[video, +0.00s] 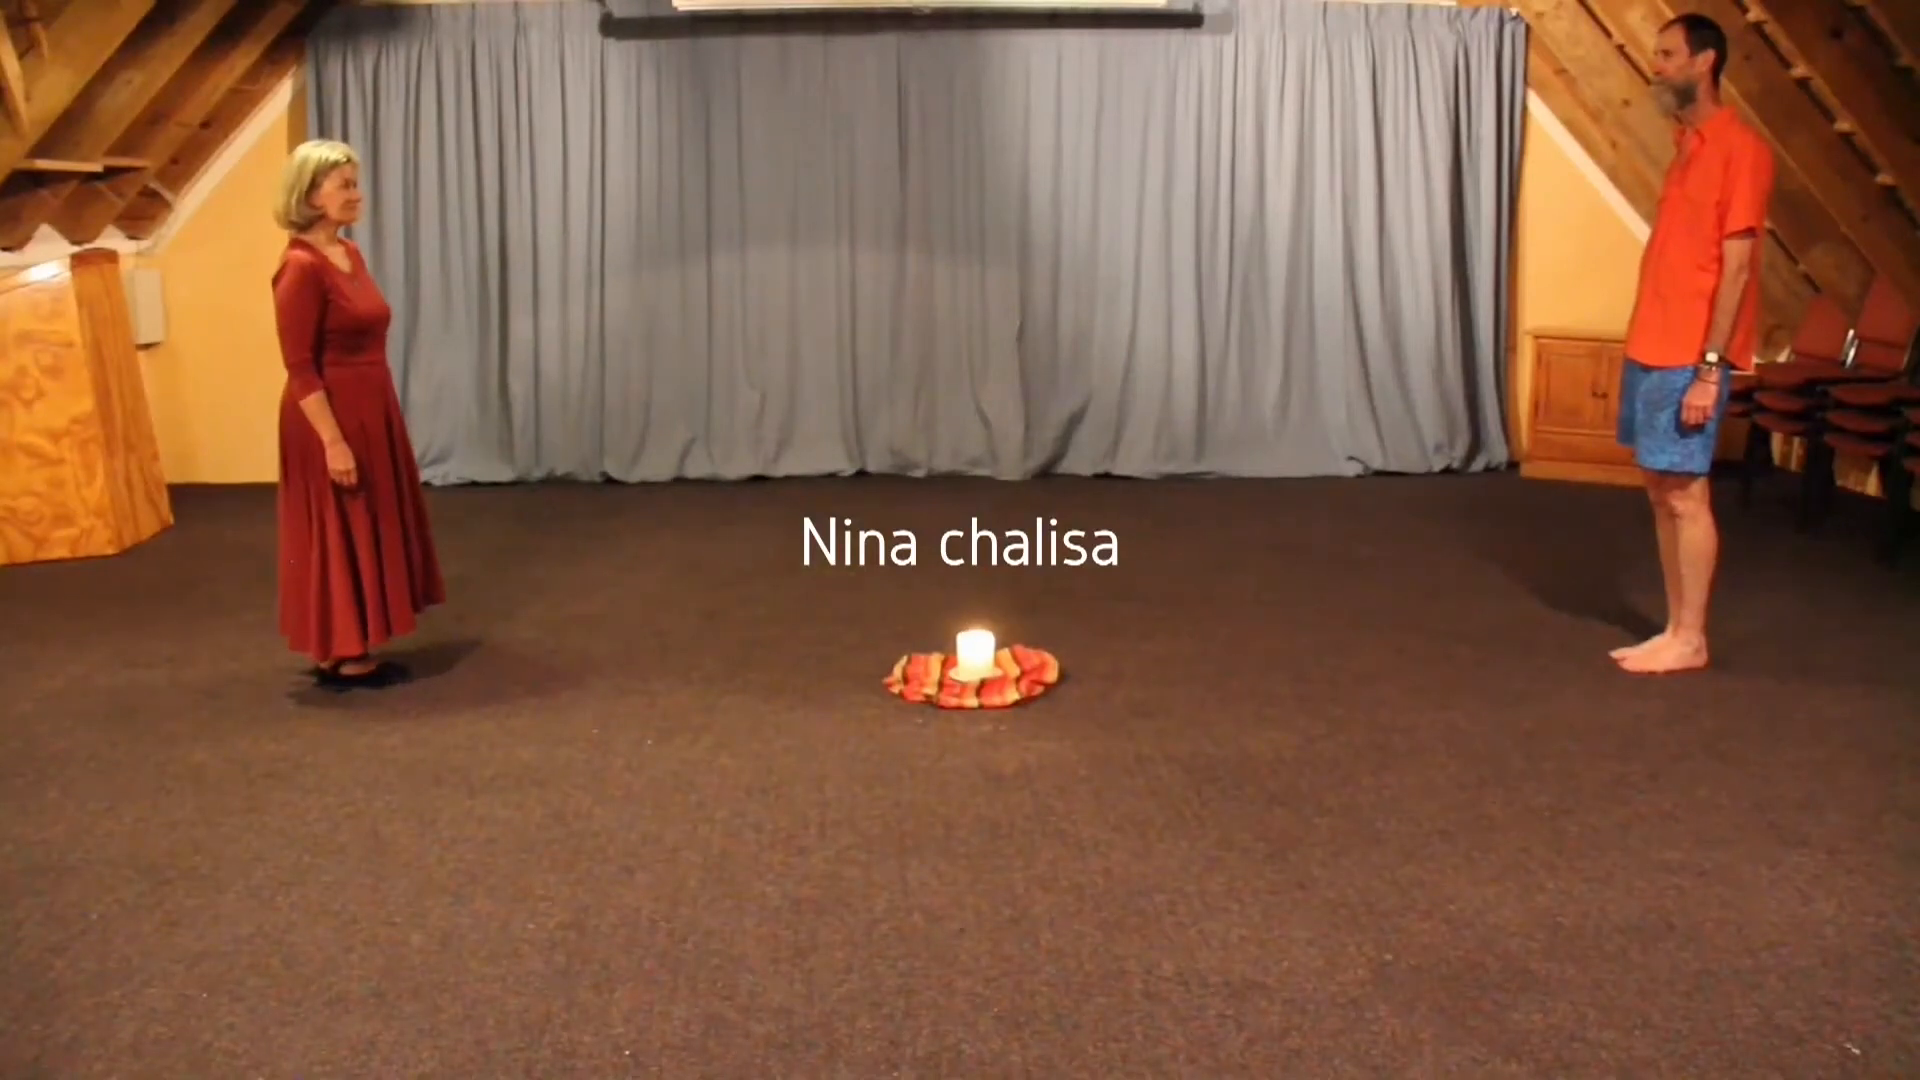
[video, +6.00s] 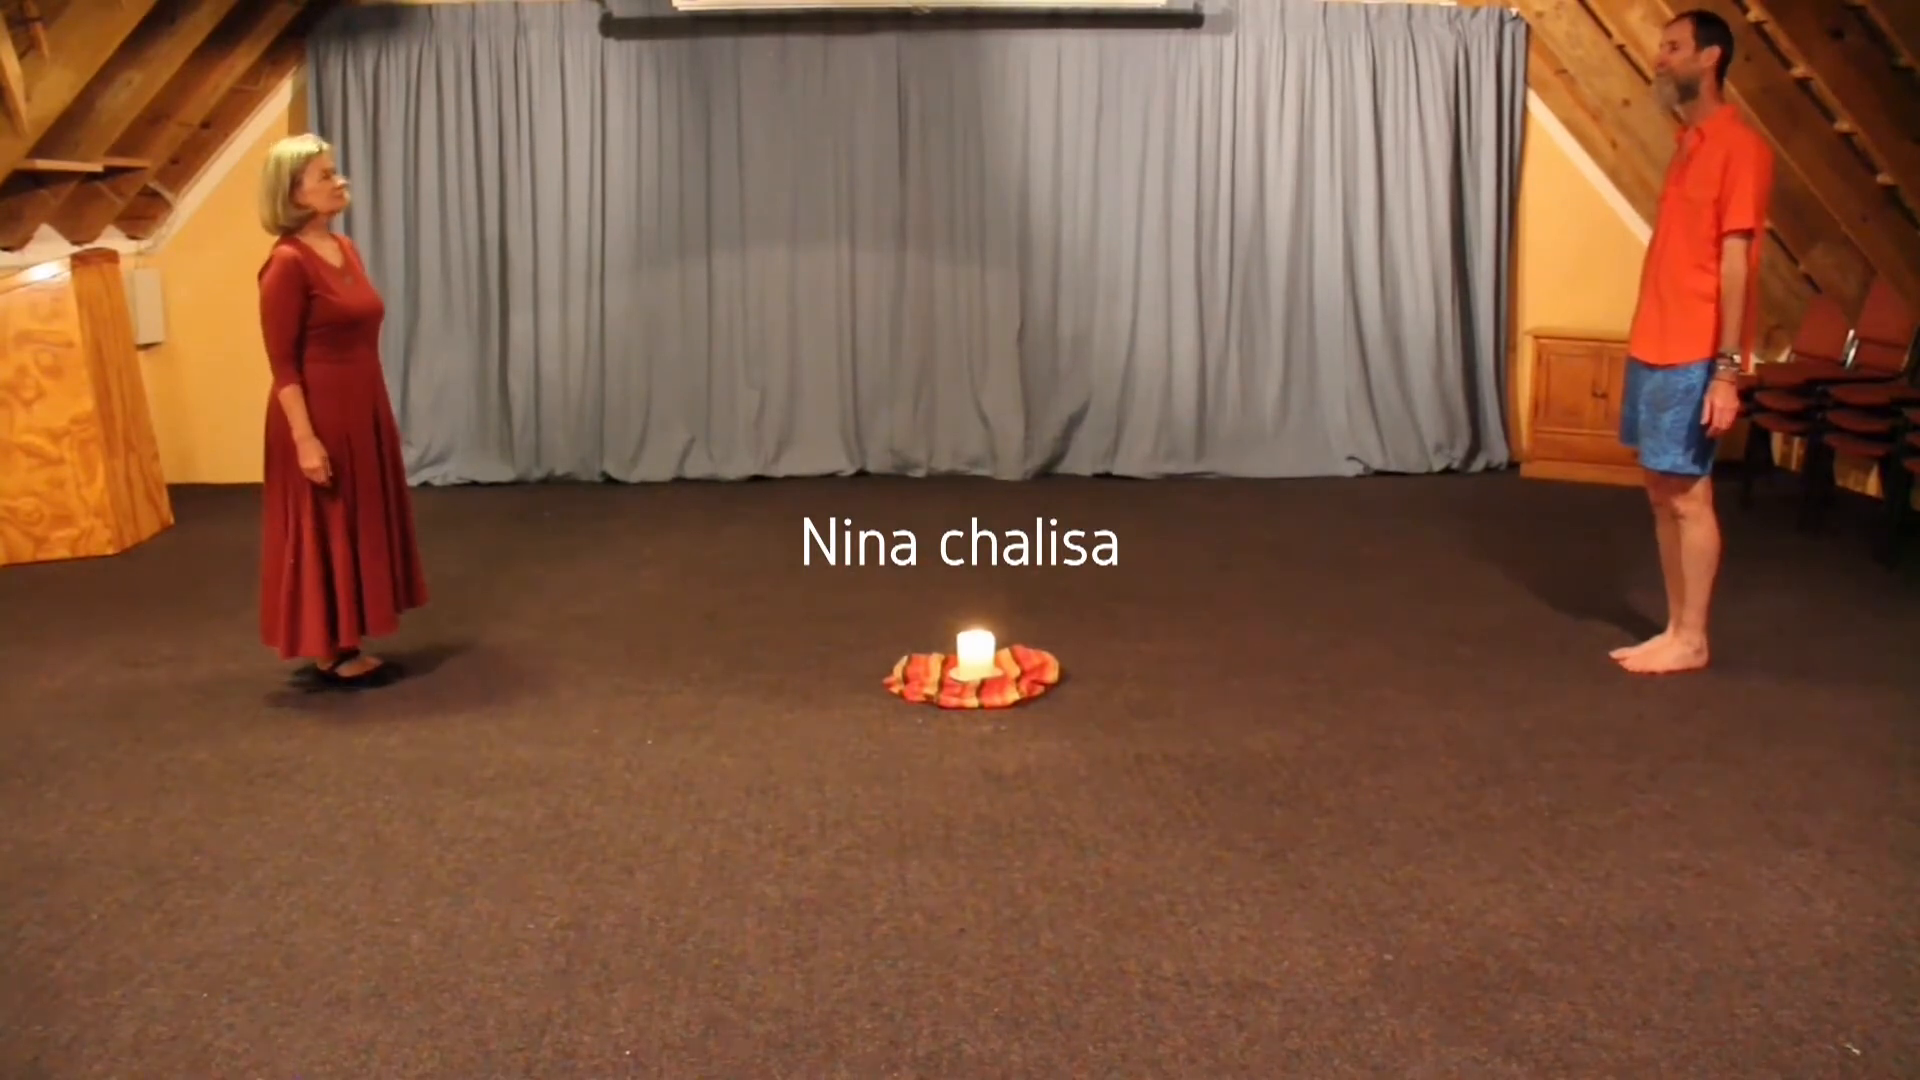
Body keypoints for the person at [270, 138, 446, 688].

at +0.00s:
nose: (356, 195)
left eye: (357, 184)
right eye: (344, 186)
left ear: (355, 190)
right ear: (311, 194)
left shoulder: (348, 252)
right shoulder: (299, 267)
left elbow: (361, 347)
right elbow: (299, 367)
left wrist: (383, 415)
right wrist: (333, 440)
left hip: (369, 406)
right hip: (329, 413)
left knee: (362, 524)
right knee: (336, 528)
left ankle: (351, 646)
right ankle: (341, 651)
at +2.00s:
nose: (340, 195)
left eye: (340, 186)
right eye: (327, 188)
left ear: (341, 193)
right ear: (297, 201)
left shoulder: (339, 254)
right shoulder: (294, 268)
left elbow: (362, 347)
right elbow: (303, 367)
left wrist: (388, 417)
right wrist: (340, 440)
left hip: (372, 407)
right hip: (336, 414)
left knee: (367, 525)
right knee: (340, 529)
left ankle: (359, 646)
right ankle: (341, 651)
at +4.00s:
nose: (333, 183)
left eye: (331, 173)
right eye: (320, 175)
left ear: (326, 183)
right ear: (289, 189)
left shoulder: (328, 248)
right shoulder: (279, 259)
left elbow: (340, 343)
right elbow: (275, 358)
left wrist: (363, 408)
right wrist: (304, 431)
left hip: (344, 402)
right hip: (306, 409)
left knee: (342, 519)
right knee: (314, 524)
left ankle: (339, 641)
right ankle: (325, 647)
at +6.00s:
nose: (340, 182)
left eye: (336, 173)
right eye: (326, 176)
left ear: (325, 186)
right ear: (295, 193)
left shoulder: (344, 248)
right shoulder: (286, 262)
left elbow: (360, 344)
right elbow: (282, 363)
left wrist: (379, 415)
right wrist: (304, 438)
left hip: (361, 406)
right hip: (318, 413)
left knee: (354, 521)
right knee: (323, 525)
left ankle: (343, 643)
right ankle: (327, 648)